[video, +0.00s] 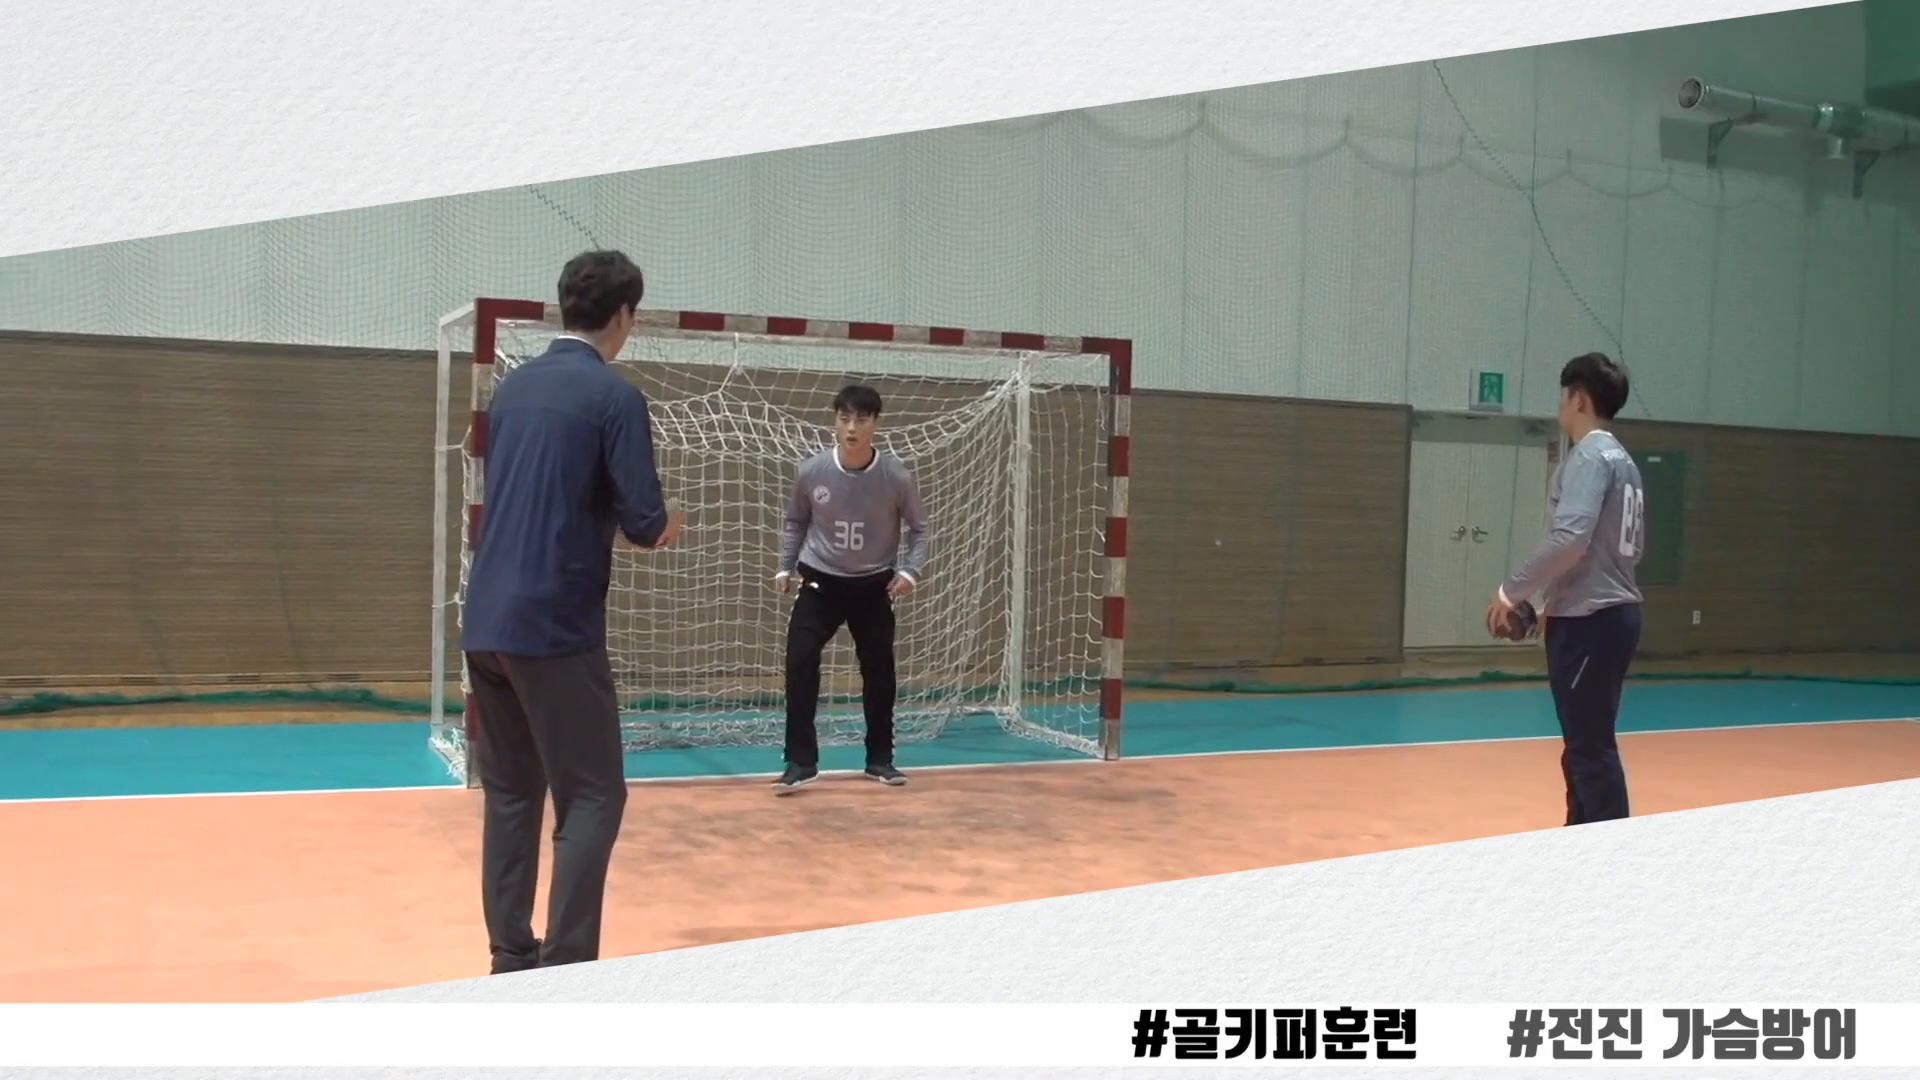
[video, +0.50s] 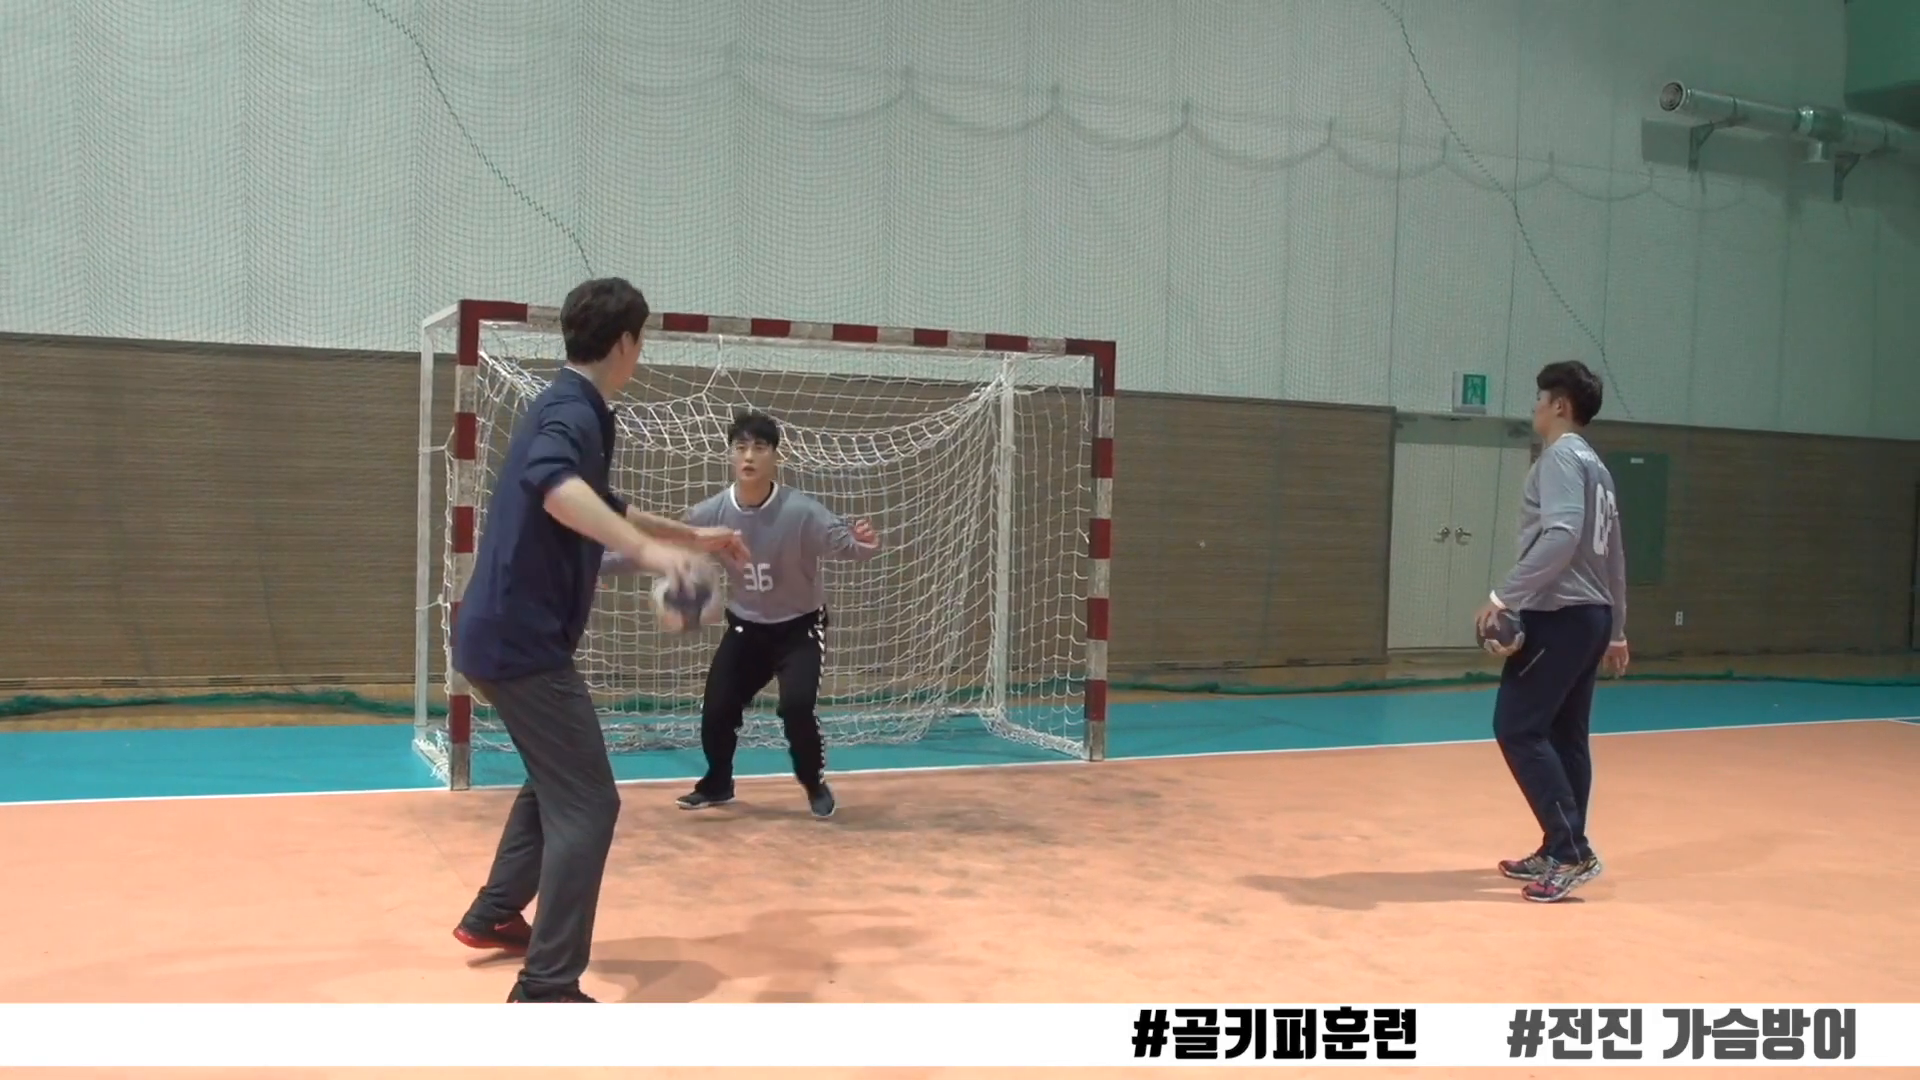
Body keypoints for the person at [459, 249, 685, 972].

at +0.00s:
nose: (636, 324)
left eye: (635, 313)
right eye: (637, 313)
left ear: (564, 309)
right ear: (625, 315)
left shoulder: (514, 383)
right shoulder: (615, 396)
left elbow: (523, 492)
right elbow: (642, 523)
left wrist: (629, 516)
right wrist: (663, 528)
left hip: (485, 623)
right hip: (553, 626)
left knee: (510, 791)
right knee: (594, 791)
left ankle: (511, 953)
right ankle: (568, 961)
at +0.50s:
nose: (640, 354)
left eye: (639, 341)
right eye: (639, 340)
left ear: (582, 338)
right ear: (622, 342)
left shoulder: (586, 411)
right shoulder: (567, 407)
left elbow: (609, 512)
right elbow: (555, 488)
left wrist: (697, 538)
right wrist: (648, 553)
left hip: (519, 634)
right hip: (515, 639)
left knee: (559, 779)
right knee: (588, 803)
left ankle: (493, 915)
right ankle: (549, 985)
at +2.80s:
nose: (128, 311)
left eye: (128, 296)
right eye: (121, 296)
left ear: (77, 299)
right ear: (79, 298)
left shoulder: (54, 379)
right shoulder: (22, 379)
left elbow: (20, 525)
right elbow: (1, 519)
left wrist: (58, 621)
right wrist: (49, 608)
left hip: (10, 631)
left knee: (3, 782)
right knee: (1, 783)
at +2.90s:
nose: (127, 307)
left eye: (127, 291)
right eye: (120, 291)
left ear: (73, 294)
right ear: (78, 293)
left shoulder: (52, 374)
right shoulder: (22, 376)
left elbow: (20, 526)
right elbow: (1, 524)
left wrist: (65, 617)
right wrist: (52, 613)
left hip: (13, 630)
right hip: (1, 632)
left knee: (18, 777)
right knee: (15, 778)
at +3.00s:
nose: (127, 302)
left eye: (128, 287)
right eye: (121, 287)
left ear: (70, 289)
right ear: (79, 288)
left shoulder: (49, 372)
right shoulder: (24, 378)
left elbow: (21, 526)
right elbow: (1, 528)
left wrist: (67, 626)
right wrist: (66, 617)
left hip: (16, 637)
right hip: (1, 640)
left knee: (32, 774)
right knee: (32, 774)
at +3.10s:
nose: (135, 297)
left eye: (134, 282)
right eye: (128, 282)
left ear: (75, 286)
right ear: (90, 287)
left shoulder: (59, 370)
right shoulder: (34, 377)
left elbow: (30, 520)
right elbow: (10, 528)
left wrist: (70, 623)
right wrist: (88, 620)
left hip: (26, 635)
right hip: (7, 636)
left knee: (47, 774)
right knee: (27, 782)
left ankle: (16, 959)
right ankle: (12, 961)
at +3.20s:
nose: (144, 296)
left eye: (143, 281)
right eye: (137, 282)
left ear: (83, 287)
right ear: (101, 287)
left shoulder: (69, 367)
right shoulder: (48, 377)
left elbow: (45, 515)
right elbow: (24, 521)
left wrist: (82, 612)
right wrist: (112, 611)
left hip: (36, 636)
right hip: (12, 639)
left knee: (59, 784)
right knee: (9, 799)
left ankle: (39, 969)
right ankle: (29, 971)